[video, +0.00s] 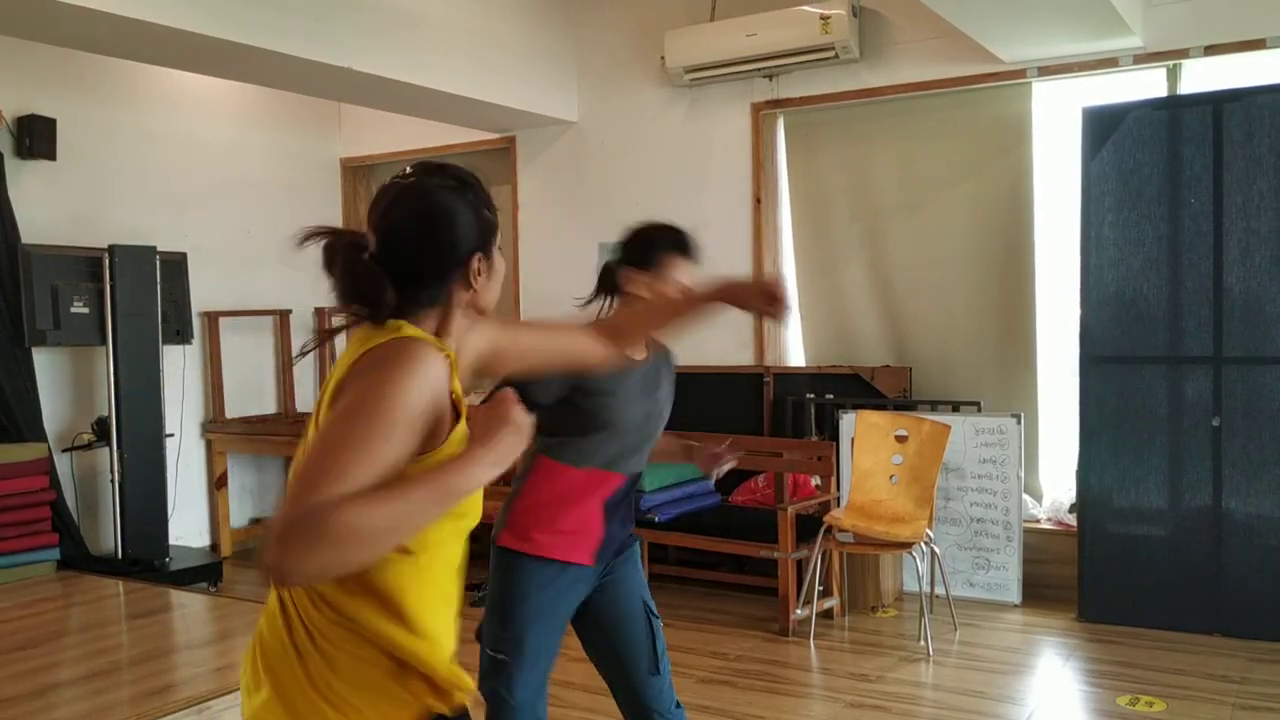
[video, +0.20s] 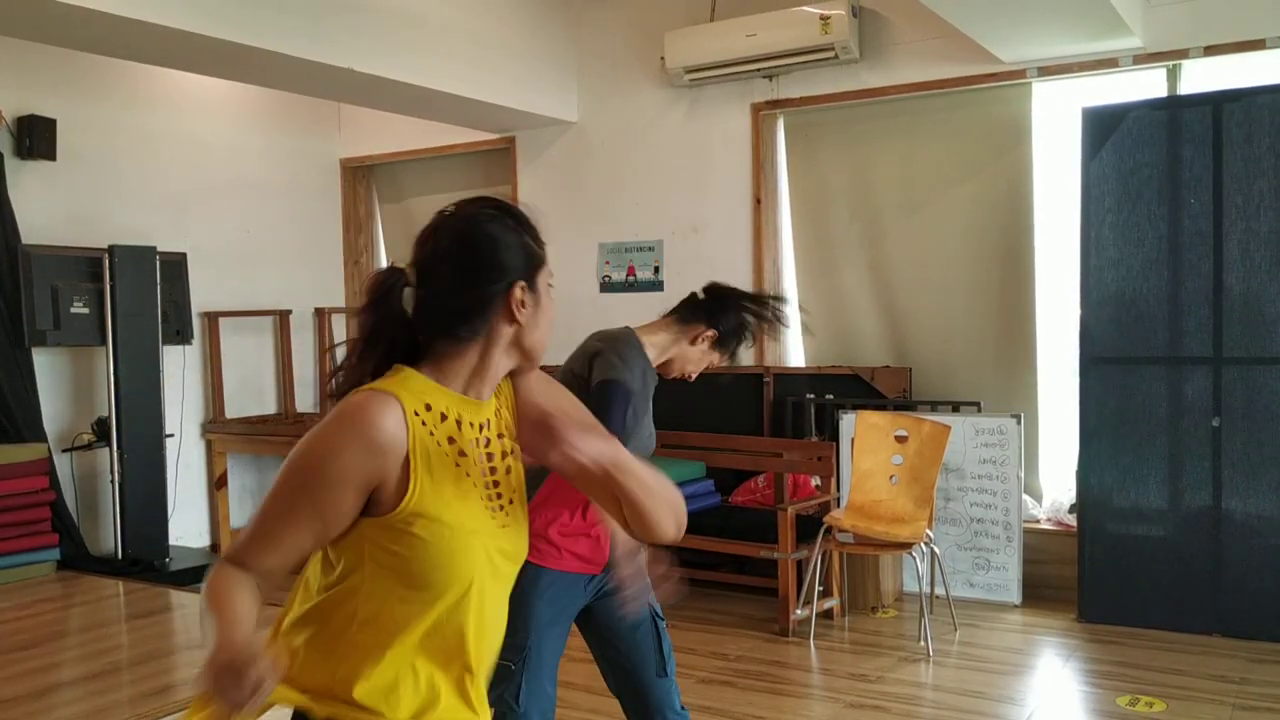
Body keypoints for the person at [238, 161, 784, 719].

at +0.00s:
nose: (501, 271)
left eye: (497, 254)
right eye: (498, 256)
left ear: (393, 264)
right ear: (478, 272)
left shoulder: (463, 343)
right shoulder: (405, 368)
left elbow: (608, 339)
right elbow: (292, 552)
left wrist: (722, 293)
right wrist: (481, 458)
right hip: (355, 690)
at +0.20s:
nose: (552, 308)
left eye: (551, 290)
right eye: (550, 290)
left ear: (440, 297)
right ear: (518, 304)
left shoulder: (524, 403)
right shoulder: (374, 421)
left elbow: (667, 525)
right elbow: (241, 569)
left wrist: (598, 458)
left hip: (458, 700)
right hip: (336, 701)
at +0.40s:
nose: (578, 346)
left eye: (573, 329)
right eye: (575, 331)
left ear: (471, 340)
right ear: (555, 346)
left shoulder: (513, 446)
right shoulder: (439, 483)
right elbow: (268, 631)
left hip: (473, 699)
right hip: (360, 705)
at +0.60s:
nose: (642, 282)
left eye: (656, 269)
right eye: (466, 267)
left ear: (348, 274)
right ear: (453, 280)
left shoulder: (283, 378)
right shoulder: (485, 383)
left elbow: (126, 455)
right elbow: (646, 425)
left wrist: (135, 596)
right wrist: (826, 398)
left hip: (324, 695)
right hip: (470, 682)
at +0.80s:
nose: (299, 249)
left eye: (305, 234)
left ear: (308, 257)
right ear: (417, 251)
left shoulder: (285, 362)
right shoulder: (443, 362)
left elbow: (263, 495)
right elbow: (325, 411)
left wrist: (160, 668)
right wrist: (154, 352)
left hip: (339, 690)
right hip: (478, 679)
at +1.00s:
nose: (229, 303)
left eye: (228, 287)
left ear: (232, 301)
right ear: (343, 308)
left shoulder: (283, 411)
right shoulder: (367, 386)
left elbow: (451, 536)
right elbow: (251, 556)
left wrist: (536, 702)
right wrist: (169, 472)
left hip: (354, 704)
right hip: (444, 695)